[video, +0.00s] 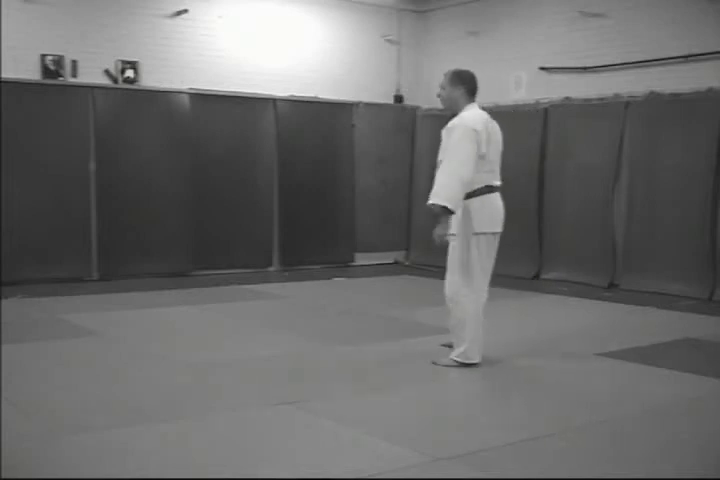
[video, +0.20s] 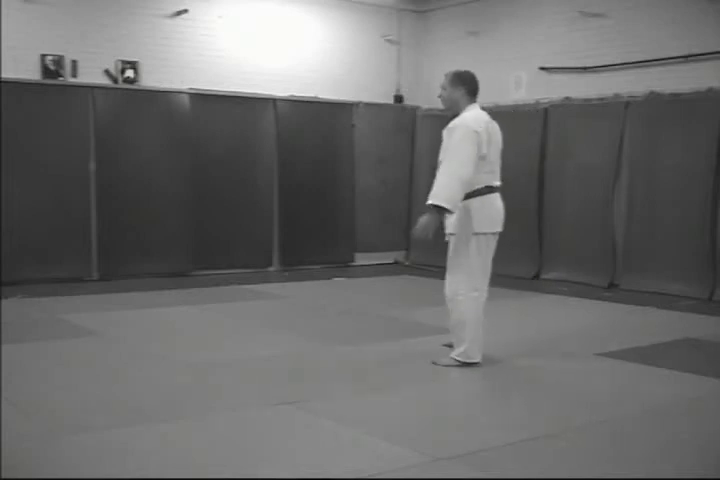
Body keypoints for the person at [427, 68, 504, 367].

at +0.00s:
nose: (439, 94)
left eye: (444, 88)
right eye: (440, 88)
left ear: (461, 92)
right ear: (467, 93)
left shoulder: (464, 125)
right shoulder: (487, 122)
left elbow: (455, 171)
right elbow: (485, 171)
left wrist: (444, 216)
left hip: (472, 209)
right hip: (489, 206)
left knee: (462, 282)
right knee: (473, 280)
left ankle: (467, 352)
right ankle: (466, 340)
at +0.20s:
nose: (440, 95)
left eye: (445, 89)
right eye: (441, 89)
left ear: (461, 92)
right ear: (468, 93)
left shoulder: (464, 126)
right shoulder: (485, 122)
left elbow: (455, 171)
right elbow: (480, 171)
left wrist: (433, 211)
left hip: (471, 211)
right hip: (487, 208)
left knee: (461, 282)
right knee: (472, 280)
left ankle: (467, 352)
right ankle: (467, 340)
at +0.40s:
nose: (436, 98)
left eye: (441, 92)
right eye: (438, 92)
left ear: (457, 95)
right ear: (465, 96)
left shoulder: (463, 128)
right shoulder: (479, 124)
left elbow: (460, 177)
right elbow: (472, 176)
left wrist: (441, 220)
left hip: (472, 212)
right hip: (484, 209)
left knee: (461, 280)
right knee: (470, 279)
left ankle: (468, 350)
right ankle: (467, 340)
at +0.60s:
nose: (433, 100)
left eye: (437, 95)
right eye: (434, 94)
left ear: (454, 98)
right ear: (461, 98)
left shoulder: (459, 131)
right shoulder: (480, 126)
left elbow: (456, 180)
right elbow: (482, 175)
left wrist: (440, 223)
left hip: (471, 214)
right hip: (488, 210)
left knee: (463, 281)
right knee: (472, 278)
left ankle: (485, 349)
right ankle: (464, 335)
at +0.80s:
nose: (424, 110)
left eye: (429, 104)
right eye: (426, 104)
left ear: (444, 109)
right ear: (451, 110)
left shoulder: (455, 140)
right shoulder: (463, 136)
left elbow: (450, 187)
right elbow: (452, 188)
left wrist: (432, 229)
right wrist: (436, 226)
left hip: (481, 221)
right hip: (473, 220)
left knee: (467, 283)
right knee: (446, 268)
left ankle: (489, 351)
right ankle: (453, 334)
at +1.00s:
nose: (413, 131)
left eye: (417, 125)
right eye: (414, 125)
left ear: (434, 129)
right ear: (438, 129)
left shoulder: (451, 157)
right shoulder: (449, 154)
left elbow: (447, 208)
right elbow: (446, 207)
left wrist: (425, 252)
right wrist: (428, 245)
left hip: (486, 233)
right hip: (472, 232)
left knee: (456, 292)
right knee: (437, 276)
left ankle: (488, 353)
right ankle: (443, 336)